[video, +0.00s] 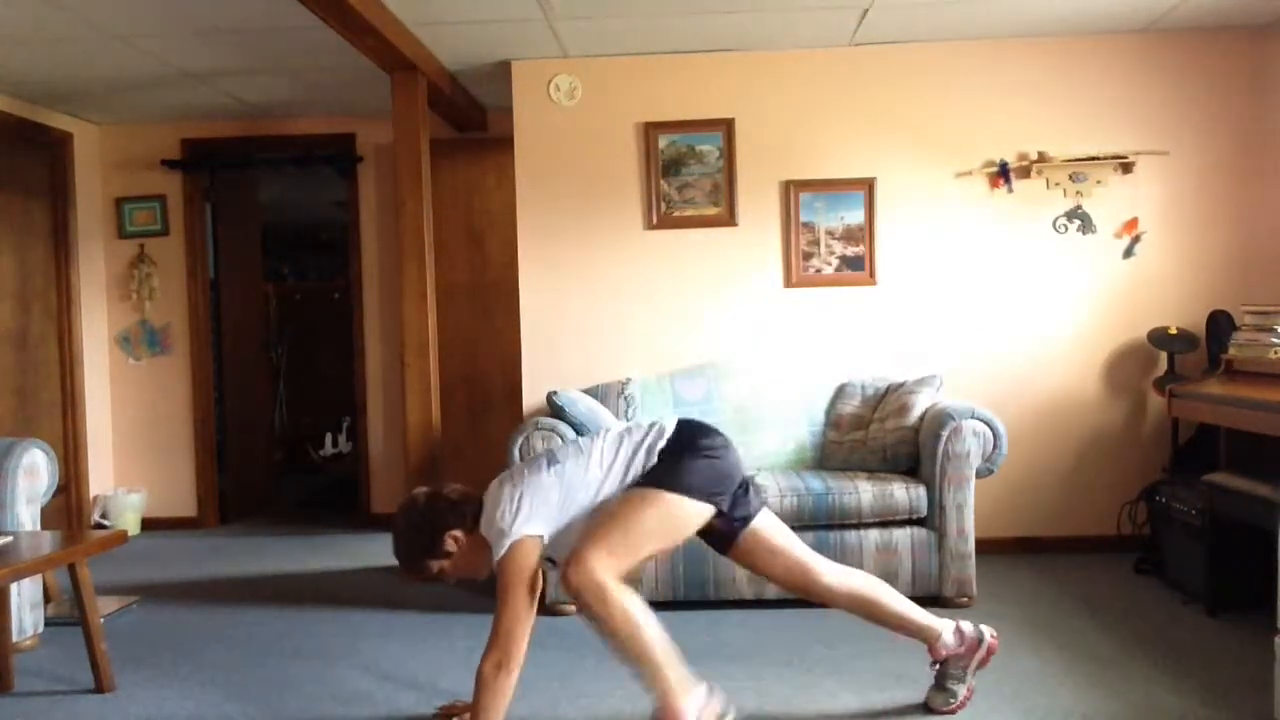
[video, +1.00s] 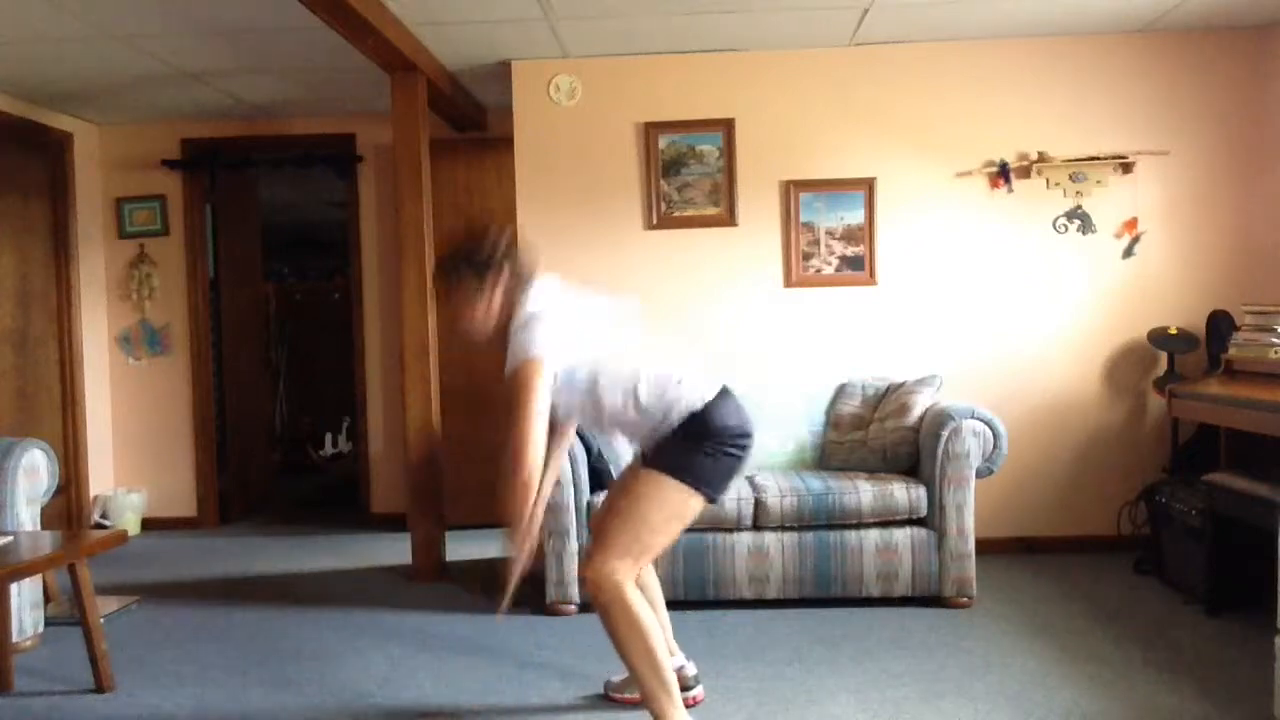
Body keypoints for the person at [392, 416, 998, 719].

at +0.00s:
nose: (458, 581)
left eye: (446, 573)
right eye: (448, 576)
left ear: (457, 542)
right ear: (461, 528)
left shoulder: (517, 517)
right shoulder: (516, 486)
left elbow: (502, 654)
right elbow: (517, 630)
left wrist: (481, 716)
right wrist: (483, 699)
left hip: (687, 460)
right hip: (703, 466)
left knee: (588, 569)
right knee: (817, 577)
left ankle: (684, 699)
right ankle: (950, 638)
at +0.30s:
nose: (441, 578)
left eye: (427, 569)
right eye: (429, 574)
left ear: (431, 543)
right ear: (440, 529)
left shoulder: (490, 516)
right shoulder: (510, 517)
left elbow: (496, 655)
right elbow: (508, 650)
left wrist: (473, 711)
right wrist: (476, 706)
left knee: (586, 592)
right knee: (727, 581)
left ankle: (666, 711)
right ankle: (866, 618)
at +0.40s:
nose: (447, 580)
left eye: (434, 570)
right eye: (436, 576)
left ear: (441, 539)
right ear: (447, 527)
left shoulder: (490, 514)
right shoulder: (526, 514)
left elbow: (492, 658)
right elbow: (512, 638)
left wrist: (470, 716)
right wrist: (483, 706)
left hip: (665, 434)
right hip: (688, 430)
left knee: (575, 596)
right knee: (639, 561)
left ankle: (665, 712)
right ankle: (771, 596)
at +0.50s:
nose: (446, 576)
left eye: (434, 567)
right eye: (434, 573)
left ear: (443, 536)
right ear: (449, 522)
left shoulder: (491, 515)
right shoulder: (515, 507)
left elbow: (491, 657)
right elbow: (516, 631)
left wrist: (473, 714)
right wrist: (490, 704)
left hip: (673, 441)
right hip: (685, 432)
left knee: (575, 602)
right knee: (628, 555)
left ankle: (664, 711)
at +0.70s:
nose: (448, 545)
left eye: (439, 535)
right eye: (438, 540)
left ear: (453, 510)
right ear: (460, 496)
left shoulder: (508, 503)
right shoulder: (515, 484)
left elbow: (492, 657)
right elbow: (518, 615)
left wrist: (475, 714)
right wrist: (486, 703)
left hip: (702, 472)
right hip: (699, 461)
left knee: (580, 594)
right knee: (599, 570)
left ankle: (667, 713)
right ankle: (669, 667)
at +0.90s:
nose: (446, 395)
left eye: (448, 379)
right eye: (440, 382)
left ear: (479, 362)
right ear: (482, 361)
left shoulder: (528, 393)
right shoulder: (536, 374)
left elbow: (507, 538)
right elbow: (531, 510)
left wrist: (472, 648)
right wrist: (495, 608)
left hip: (713, 439)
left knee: (601, 577)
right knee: (610, 544)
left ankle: (670, 712)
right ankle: (670, 666)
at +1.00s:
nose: (459, 317)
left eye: (462, 299)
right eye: (454, 302)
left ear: (494, 283)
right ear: (499, 280)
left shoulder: (535, 322)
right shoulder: (550, 303)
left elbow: (525, 455)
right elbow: (559, 433)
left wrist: (519, 536)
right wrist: (533, 519)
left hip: (705, 424)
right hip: (695, 419)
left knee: (605, 571)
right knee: (612, 536)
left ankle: (671, 711)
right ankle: (670, 666)